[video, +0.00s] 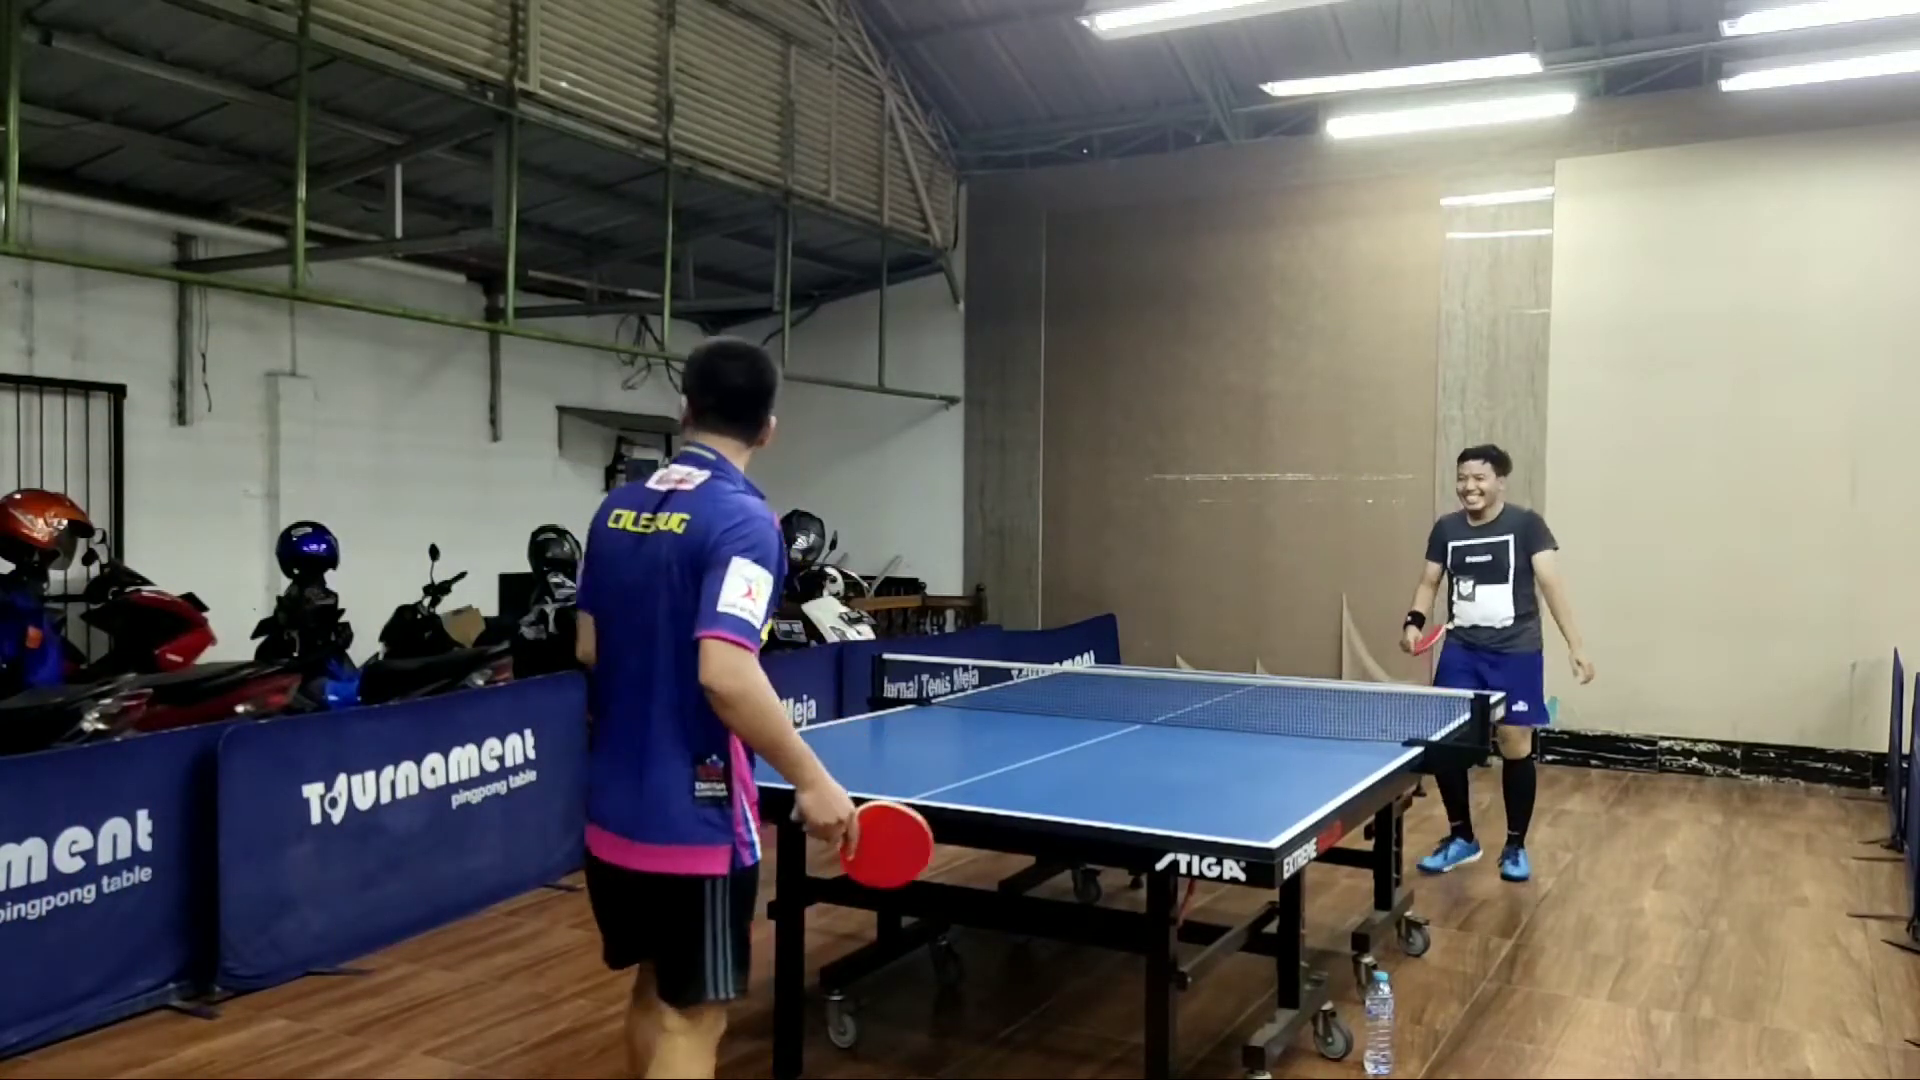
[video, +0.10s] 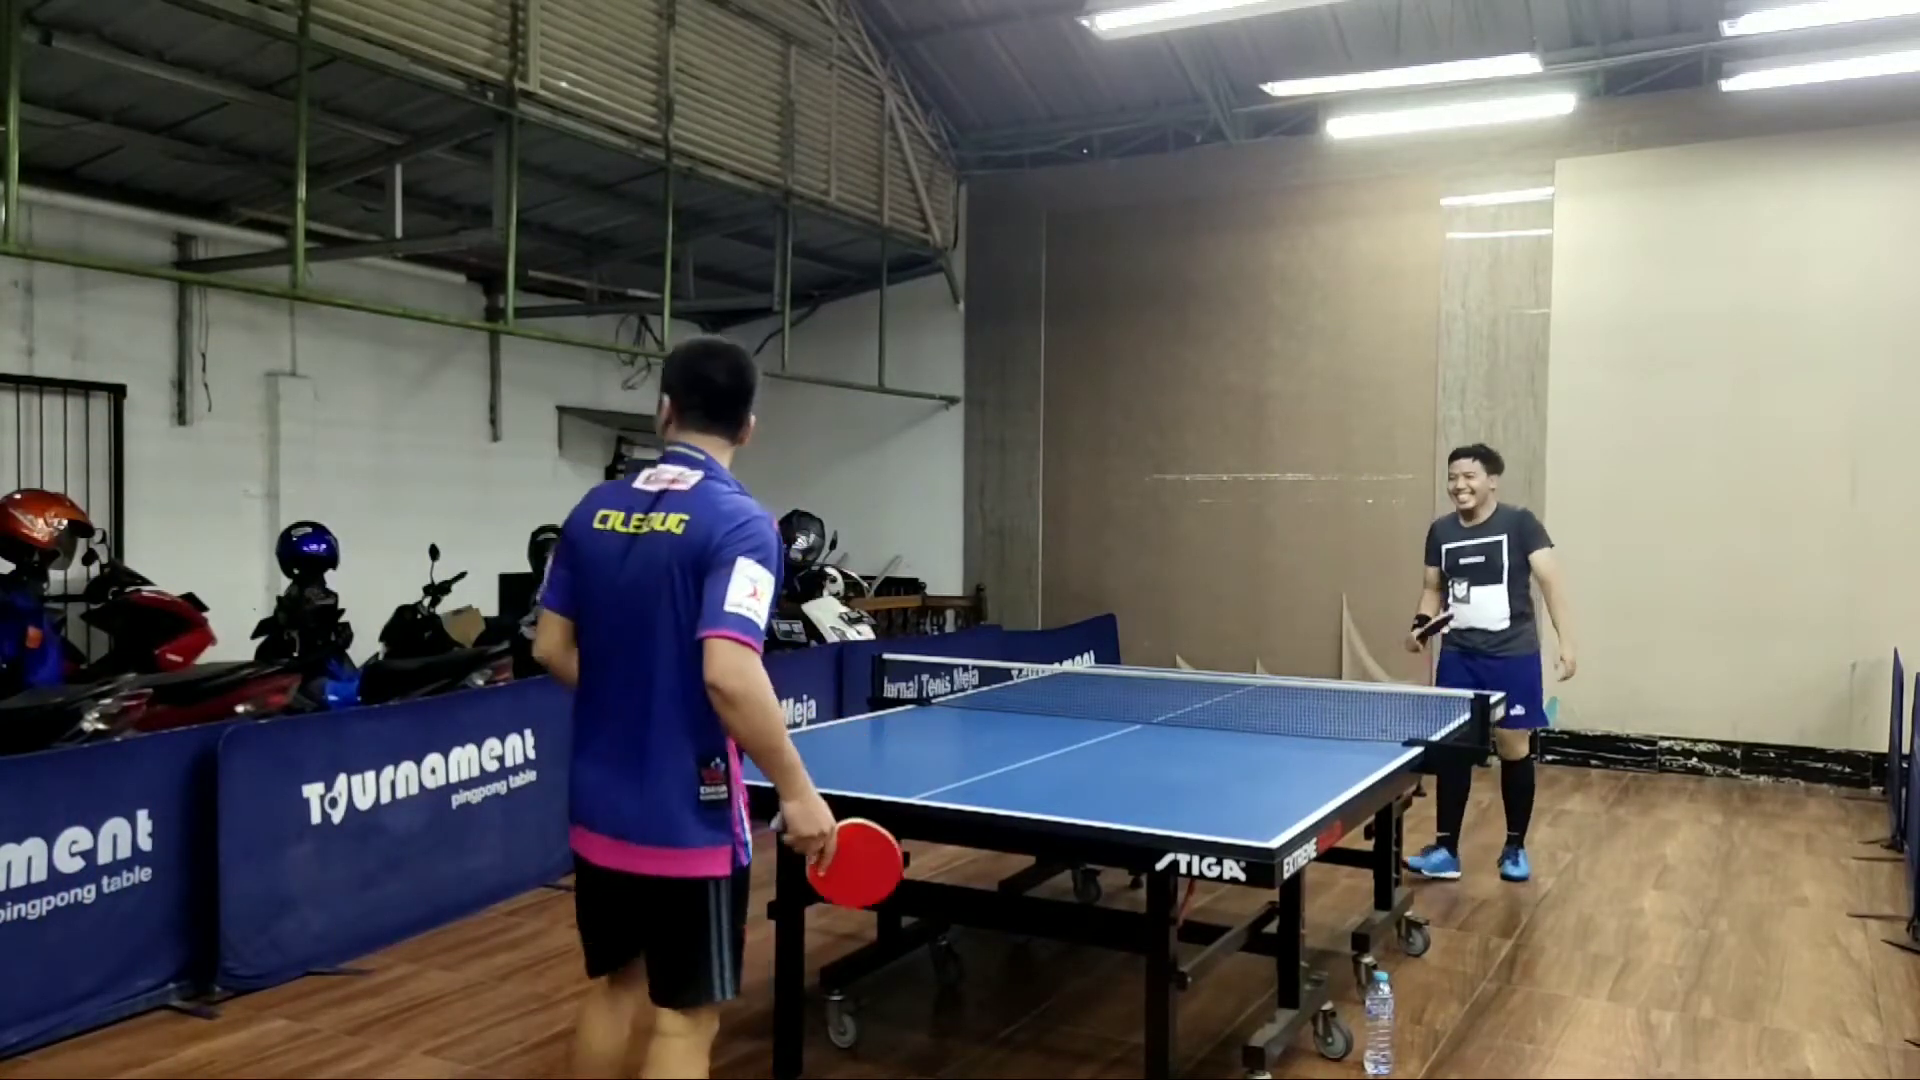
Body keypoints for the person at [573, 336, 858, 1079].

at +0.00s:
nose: (769, 422)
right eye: (771, 412)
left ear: (684, 410)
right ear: (766, 424)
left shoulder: (619, 505)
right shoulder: (744, 517)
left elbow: (591, 646)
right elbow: (726, 671)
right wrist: (813, 779)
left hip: (616, 807)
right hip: (694, 822)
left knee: (653, 986)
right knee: (692, 1019)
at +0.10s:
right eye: (749, 416)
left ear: (663, 413)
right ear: (748, 427)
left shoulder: (596, 506)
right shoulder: (741, 523)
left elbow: (552, 645)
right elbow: (729, 671)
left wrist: (628, 692)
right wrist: (798, 789)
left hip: (598, 809)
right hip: (692, 821)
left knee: (611, 987)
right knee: (684, 1021)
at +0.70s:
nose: (516, 427)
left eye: (519, 417)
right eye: (518, 418)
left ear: (531, 422)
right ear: (611, 444)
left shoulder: (455, 511)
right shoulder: (616, 528)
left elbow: (421, 649)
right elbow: (606, 676)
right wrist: (657, 753)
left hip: (426, 828)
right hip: (547, 836)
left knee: (401, 1022)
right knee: (604, 1011)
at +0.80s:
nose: (519, 435)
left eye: (520, 426)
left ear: (532, 429)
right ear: (610, 451)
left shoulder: (457, 515)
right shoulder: (618, 529)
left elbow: (422, 643)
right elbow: (615, 676)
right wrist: (656, 752)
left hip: (418, 827)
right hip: (538, 838)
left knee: (404, 1018)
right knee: (570, 1020)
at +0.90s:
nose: (529, 450)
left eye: (531, 441)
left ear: (544, 443)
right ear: (619, 465)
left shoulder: (465, 525)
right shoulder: (630, 541)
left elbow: (433, 652)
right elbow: (637, 694)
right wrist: (662, 755)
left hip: (410, 825)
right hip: (530, 838)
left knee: (417, 1009)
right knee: (567, 1025)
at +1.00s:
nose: (537, 468)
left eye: (540, 458)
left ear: (554, 462)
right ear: (625, 486)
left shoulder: (473, 538)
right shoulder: (636, 558)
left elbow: (444, 663)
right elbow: (658, 715)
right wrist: (670, 764)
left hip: (405, 818)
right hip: (526, 831)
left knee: (412, 989)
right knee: (573, 1021)